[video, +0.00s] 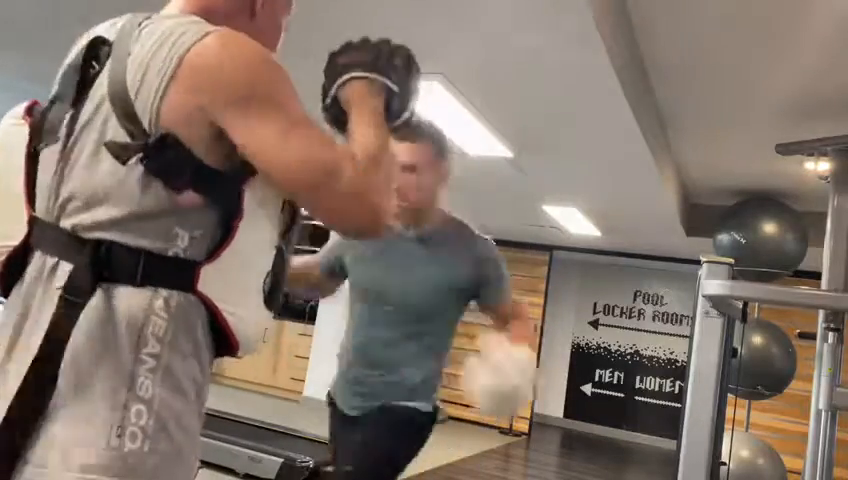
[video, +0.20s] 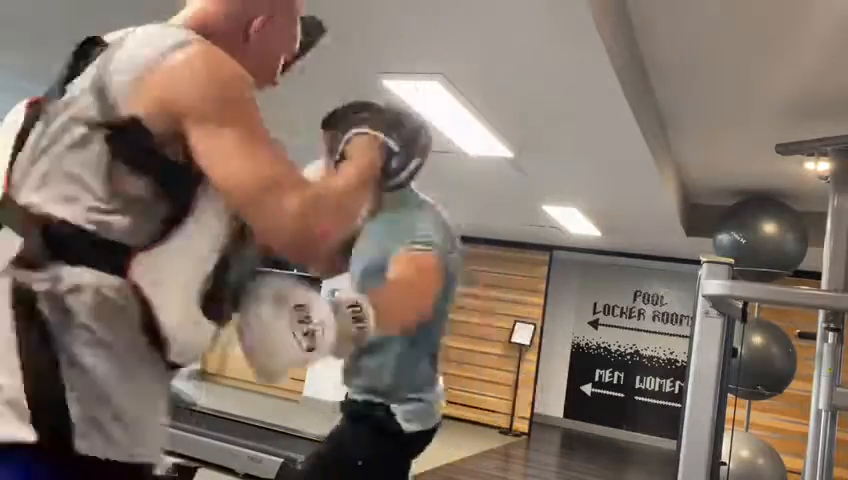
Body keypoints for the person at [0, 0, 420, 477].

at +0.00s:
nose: (284, 29)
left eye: (286, 15)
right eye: (285, 13)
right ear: (260, 3)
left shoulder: (102, 43)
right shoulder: (226, 61)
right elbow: (364, 207)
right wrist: (366, 90)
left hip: (32, 313)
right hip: (127, 344)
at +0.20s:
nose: (296, 53)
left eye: (303, 36)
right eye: (299, 29)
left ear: (203, 8)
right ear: (260, 20)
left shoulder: (128, 52)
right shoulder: (198, 68)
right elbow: (308, 232)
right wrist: (369, 147)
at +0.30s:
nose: (270, 51)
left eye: (276, 33)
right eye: (270, 28)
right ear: (234, 17)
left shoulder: (119, 46)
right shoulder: (156, 55)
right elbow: (257, 207)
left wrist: (257, 77)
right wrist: (337, 132)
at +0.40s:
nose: (239, 31)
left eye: (241, 18)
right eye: (236, 15)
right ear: (192, 3)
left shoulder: (81, 30)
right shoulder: (115, 41)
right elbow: (272, 160)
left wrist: (230, 70)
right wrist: (307, 75)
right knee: (28, 465)